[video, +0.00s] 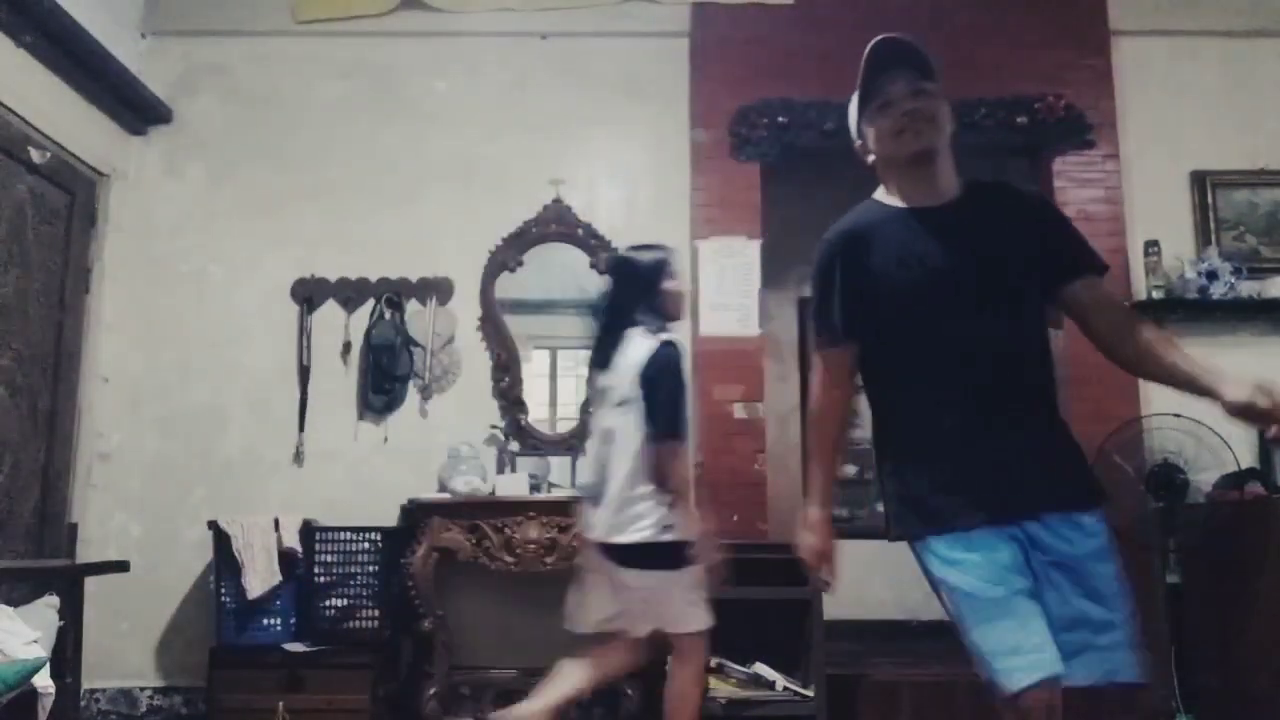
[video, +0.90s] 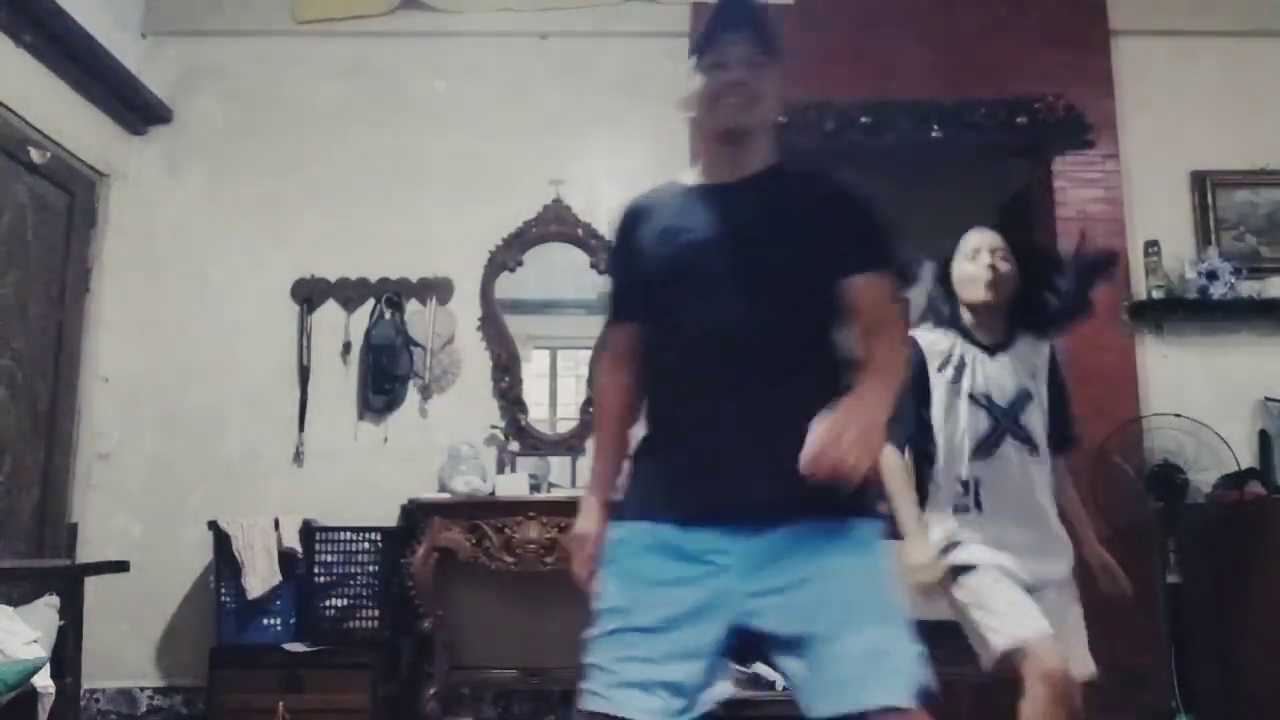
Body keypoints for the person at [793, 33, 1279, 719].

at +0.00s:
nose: (909, 109)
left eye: (921, 94)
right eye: (886, 105)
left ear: (949, 112)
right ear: (864, 141)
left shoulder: (1017, 212)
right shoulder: (850, 246)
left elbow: (1116, 324)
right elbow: (832, 388)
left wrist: (1223, 385)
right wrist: (816, 506)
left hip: (1054, 485)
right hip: (946, 505)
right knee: (1034, 693)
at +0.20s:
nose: (923, 64)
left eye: (939, 48)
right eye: (901, 54)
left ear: (968, 64)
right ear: (874, 83)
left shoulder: (1039, 166)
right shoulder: (850, 203)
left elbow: (1105, 293)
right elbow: (834, 335)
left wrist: (1151, 424)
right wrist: (897, 421)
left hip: (1061, 463)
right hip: (941, 489)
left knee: (1102, 667)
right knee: (1003, 693)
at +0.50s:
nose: (893, 44)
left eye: (917, 33)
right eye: (872, 30)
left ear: (942, 63)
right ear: (838, 64)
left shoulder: (1002, 160)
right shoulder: (802, 193)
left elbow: (1066, 309)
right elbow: (779, 327)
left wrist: (1120, 456)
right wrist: (816, 374)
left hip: (994, 481)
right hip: (872, 494)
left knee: (983, 692)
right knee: (907, 699)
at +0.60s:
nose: (865, 26)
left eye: (888, 17)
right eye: (845, 12)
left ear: (913, 48)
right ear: (809, 42)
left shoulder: (969, 144)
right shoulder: (772, 181)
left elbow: (1037, 287)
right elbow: (752, 327)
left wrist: (1071, 413)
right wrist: (747, 444)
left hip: (969, 479)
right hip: (825, 491)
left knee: (979, 692)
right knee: (809, 685)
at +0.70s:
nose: (824, 20)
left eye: (848, 11)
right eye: (803, 10)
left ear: (876, 45)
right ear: (769, 47)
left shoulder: (928, 135)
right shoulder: (733, 181)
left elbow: (989, 266)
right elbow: (705, 330)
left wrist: (993, 363)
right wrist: (681, 454)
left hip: (923, 475)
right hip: (769, 482)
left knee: (967, 690)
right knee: (711, 666)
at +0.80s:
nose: (784, 53)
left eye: (802, 40)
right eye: (765, 39)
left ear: (827, 54)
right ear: (731, 65)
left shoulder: (888, 159)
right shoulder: (697, 195)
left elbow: (947, 282)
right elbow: (661, 337)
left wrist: (922, 365)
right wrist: (633, 465)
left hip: (874, 498)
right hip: (721, 504)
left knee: (922, 702)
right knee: (659, 695)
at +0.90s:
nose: (734, 80)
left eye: (752, 66)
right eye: (716, 67)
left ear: (780, 88)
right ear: (692, 91)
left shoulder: (833, 209)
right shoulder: (650, 220)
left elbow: (887, 334)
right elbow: (619, 365)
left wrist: (867, 408)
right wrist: (597, 500)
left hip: (825, 539)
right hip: (667, 541)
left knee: (884, 710)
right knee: (620, 709)